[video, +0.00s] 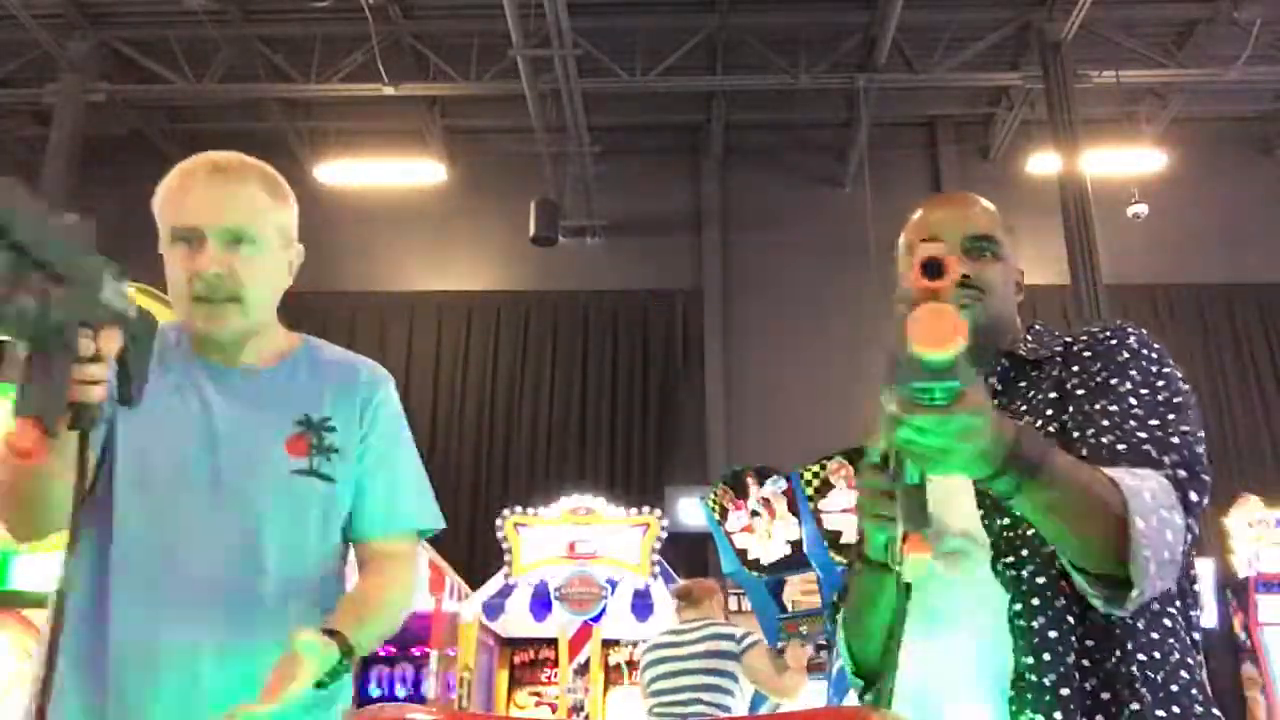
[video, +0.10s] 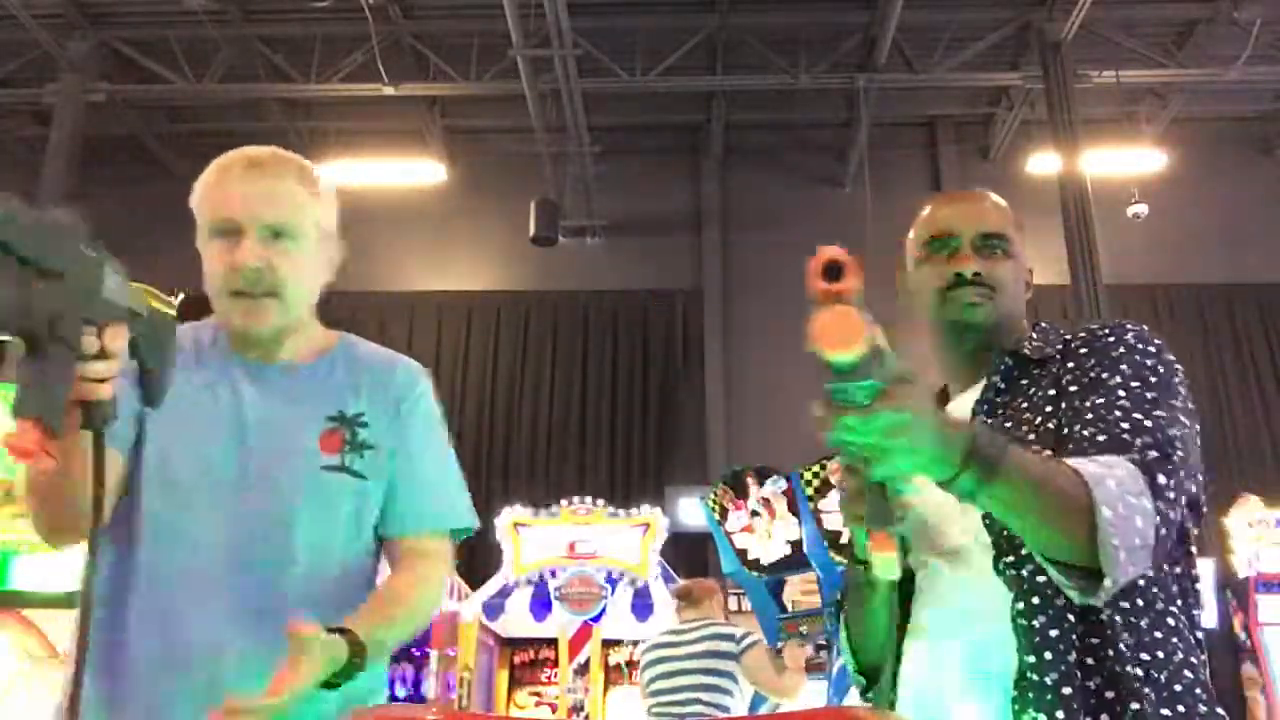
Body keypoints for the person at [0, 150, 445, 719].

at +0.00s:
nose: (210, 266)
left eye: (239, 241)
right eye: (188, 241)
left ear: (291, 262)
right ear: (162, 255)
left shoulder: (357, 393)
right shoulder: (111, 368)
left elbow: (393, 570)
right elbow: (28, 525)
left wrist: (329, 648)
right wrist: (66, 413)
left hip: (275, 711)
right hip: (102, 706)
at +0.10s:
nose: (248, 258)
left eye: (278, 236)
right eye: (226, 234)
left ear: (330, 255)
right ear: (199, 249)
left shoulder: (392, 389)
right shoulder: (144, 366)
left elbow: (424, 570)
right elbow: (62, 526)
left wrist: (345, 648)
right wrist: (78, 415)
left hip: (310, 709)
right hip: (136, 703)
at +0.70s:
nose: (274, 290)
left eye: (300, 270)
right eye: (250, 266)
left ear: (339, 295)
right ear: (217, 285)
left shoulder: (384, 401)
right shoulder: (148, 387)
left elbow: (408, 560)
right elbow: (121, 566)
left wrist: (274, 478)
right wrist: (151, 484)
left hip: (326, 704)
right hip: (159, 704)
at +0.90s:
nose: (297, 309)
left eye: (321, 290)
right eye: (274, 287)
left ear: (360, 315)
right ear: (242, 307)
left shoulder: (405, 418)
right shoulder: (196, 407)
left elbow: (419, 570)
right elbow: (149, 580)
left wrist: (270, 483)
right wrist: (159, 476)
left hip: (343, 707)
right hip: (199, 705)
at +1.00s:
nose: (316, 317)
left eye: (342, 299)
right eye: (297, 296)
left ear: (377, 325)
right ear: (264, 316)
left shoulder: (419, 426)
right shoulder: (208, 414)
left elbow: (431, 570)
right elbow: (171, 587)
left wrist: (284, 494)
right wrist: (171, 480)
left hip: (359, 707)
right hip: (212, 706)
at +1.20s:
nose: (292, 314)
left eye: (315, 298)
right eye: (274, 294)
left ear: (351, 325)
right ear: (239, 313)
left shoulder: (404, 420)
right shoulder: (178, 419)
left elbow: (434, 575)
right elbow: (170, 586)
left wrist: (318, 514)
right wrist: (218, 508)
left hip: (353, 709)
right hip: (201, 709)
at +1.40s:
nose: (299, 316)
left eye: (326, 300)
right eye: (280, 293)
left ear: (357, 327)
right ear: (243, 312)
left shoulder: (402, 422)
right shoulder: (186, 416)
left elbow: (410, 574)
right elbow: (147, 590)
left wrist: (254, 503)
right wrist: (143, 507)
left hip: (343, 708)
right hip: (192, 708)